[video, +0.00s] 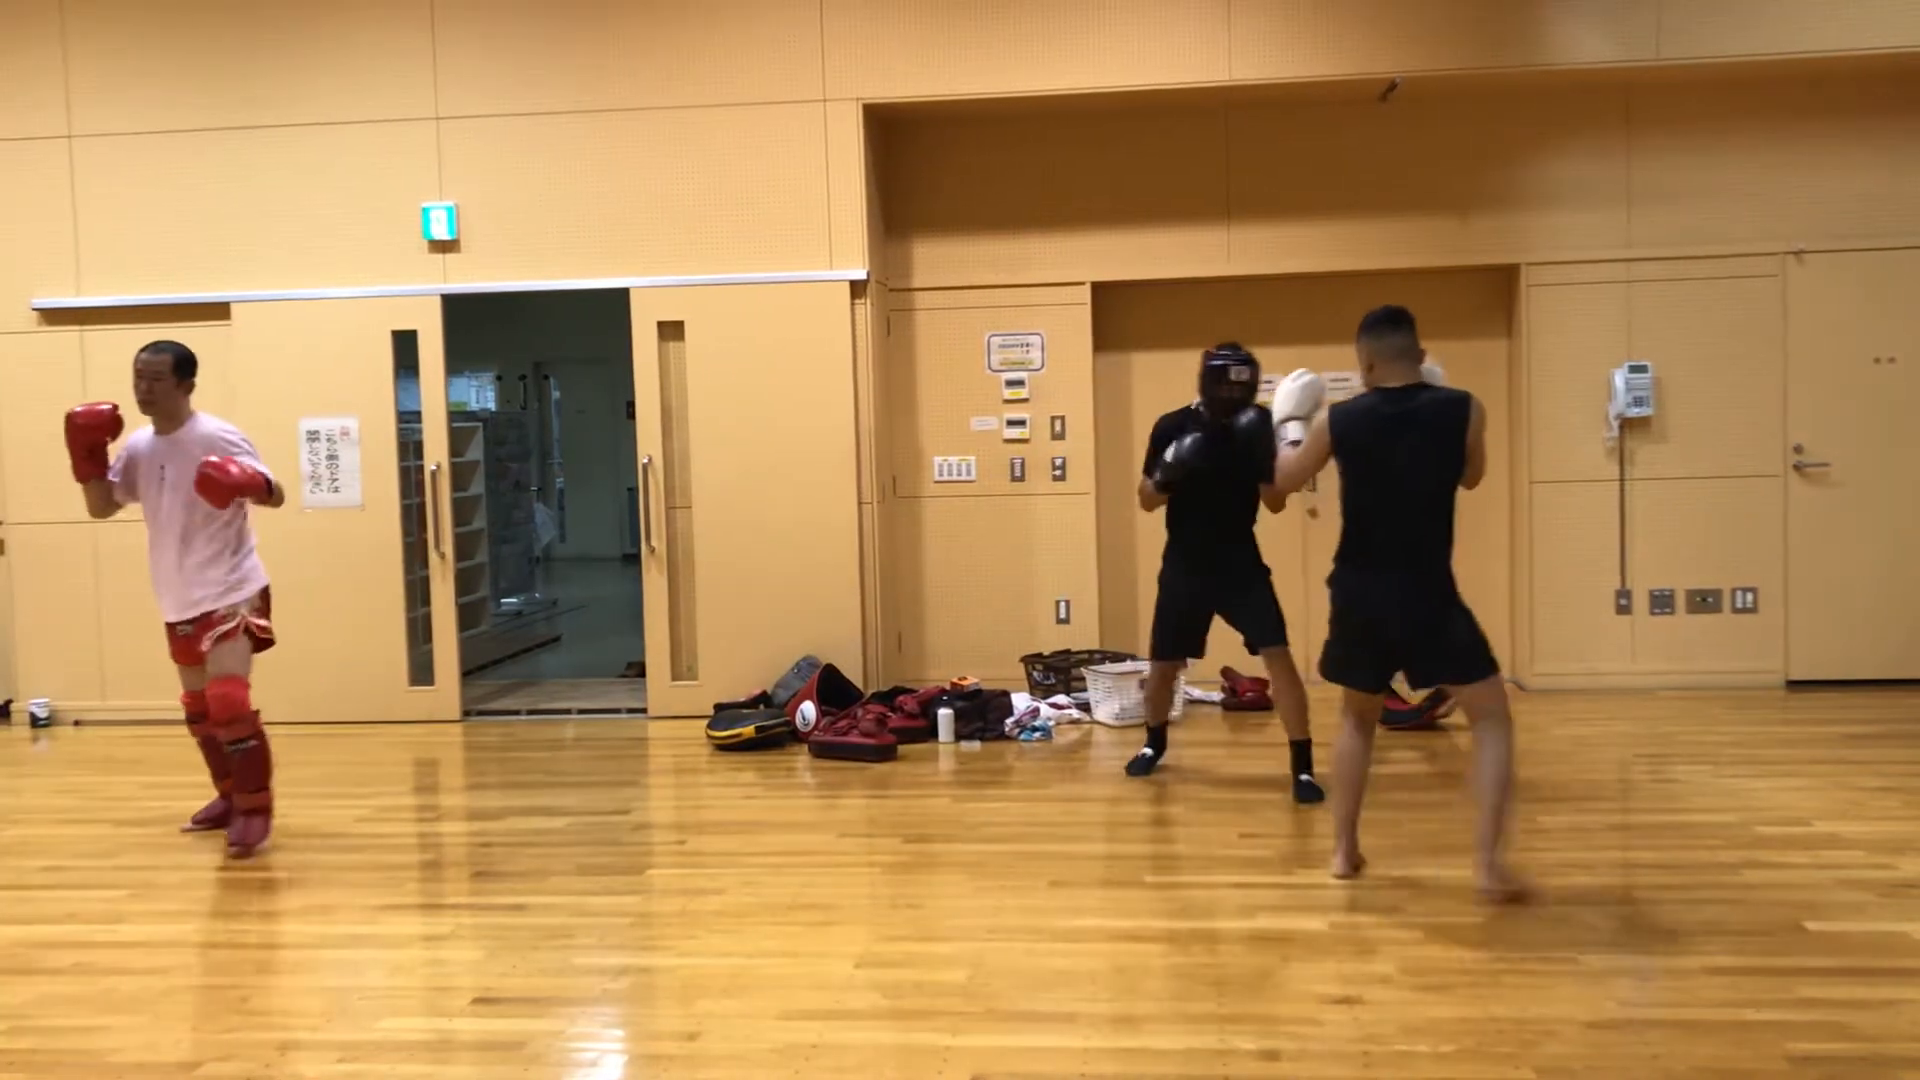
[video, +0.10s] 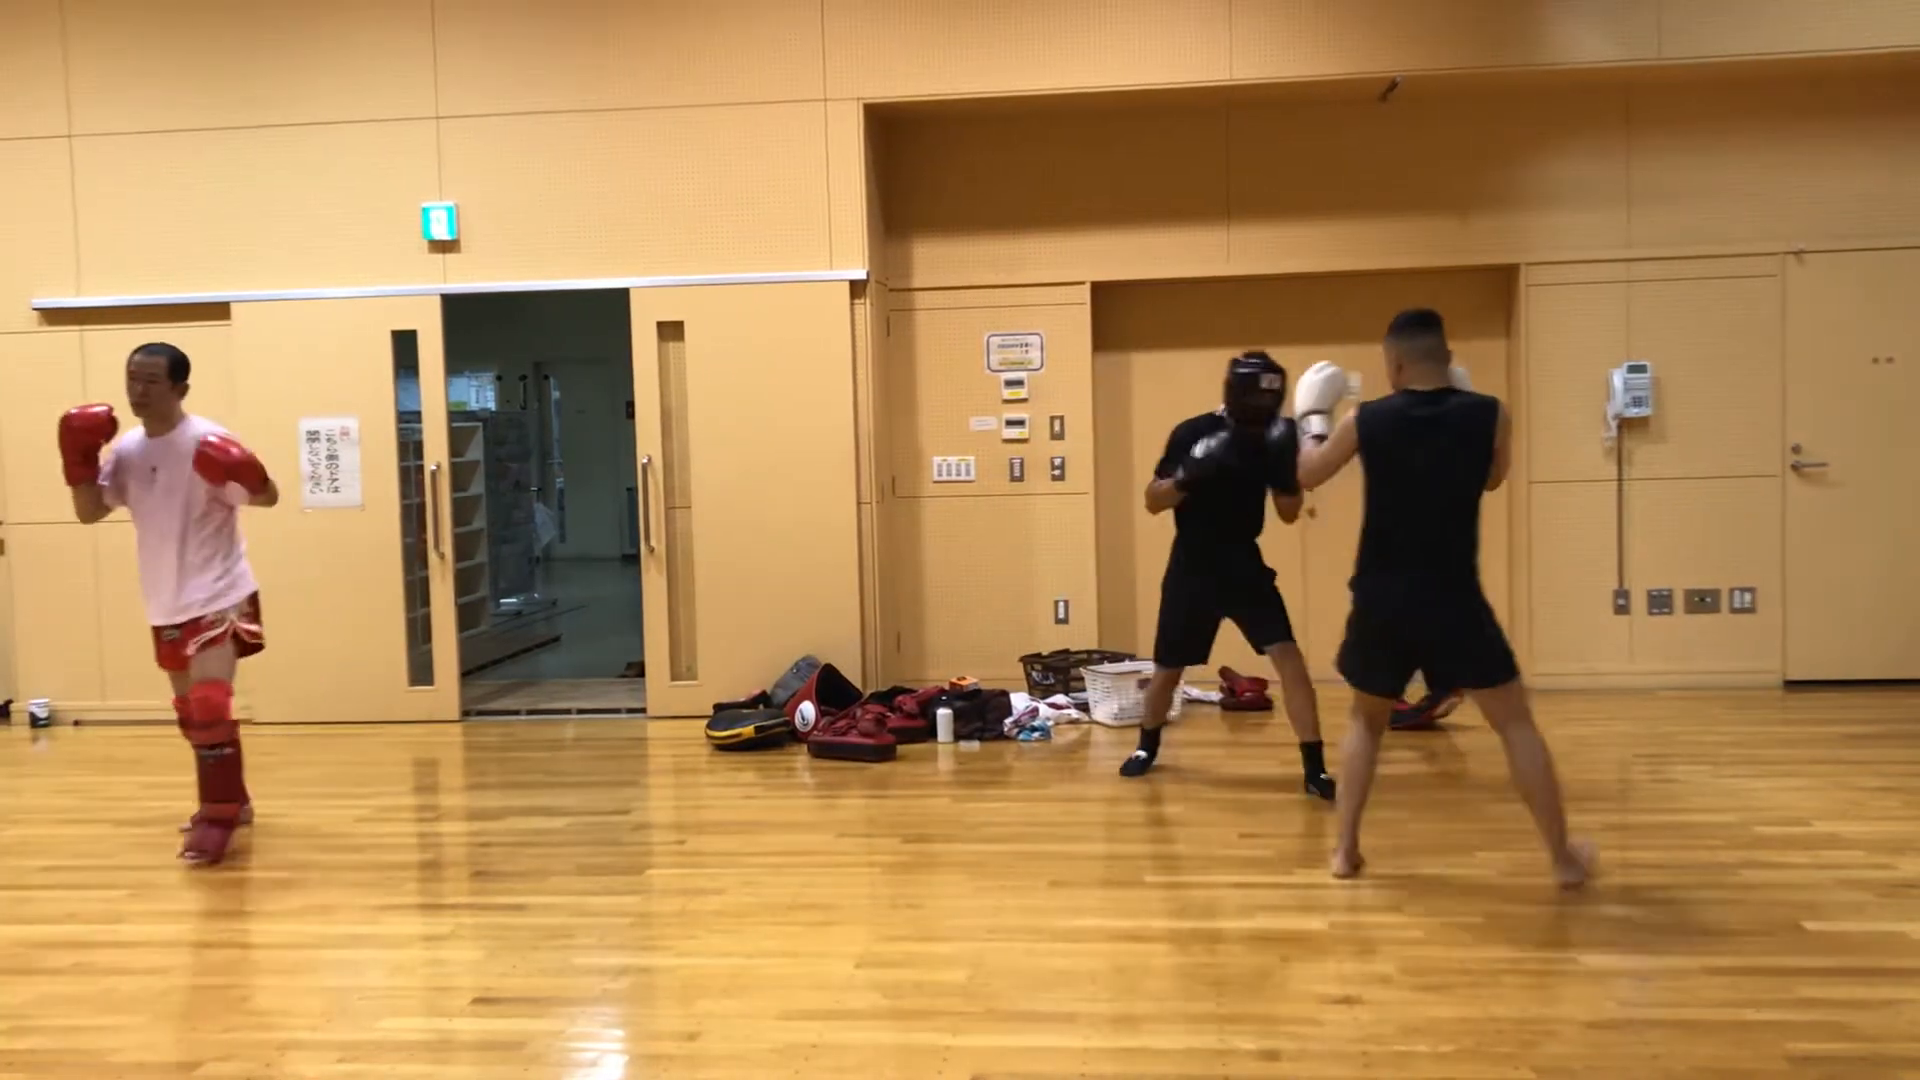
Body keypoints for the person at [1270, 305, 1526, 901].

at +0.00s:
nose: (1363, 369)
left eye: (1362, 361)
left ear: (1363, 361)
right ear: (1421, 355)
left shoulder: (1343, 419)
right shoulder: (1461, 409)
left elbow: (1286, 479)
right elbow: (1471, 476)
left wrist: (1289, 429)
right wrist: (1435, 401)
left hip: (1360, 598)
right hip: (1429, 598)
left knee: (1357, 719)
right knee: (1491, 716)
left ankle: (1344, 851)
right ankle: (1489, 863)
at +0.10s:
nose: (1383, 366)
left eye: (1385, 357)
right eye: (1388, 357)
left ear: (1393, 359)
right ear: (1447, 354)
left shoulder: (1370, 420)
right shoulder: (1487, 414)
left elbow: (1307, 474)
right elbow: (1493, 477)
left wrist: (1311, 417)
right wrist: (1457, 394)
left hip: (1383, 603)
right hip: (1456, 602)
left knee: (1366, 719)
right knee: (1514, 722)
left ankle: (1345, 849)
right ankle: (1561, 855)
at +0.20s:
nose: (1418, 381)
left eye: (1418, 373)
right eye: (1419, 373)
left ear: (1426, 373)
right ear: (1481, 368)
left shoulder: (1403, 429)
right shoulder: (1522, 428)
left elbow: (1337, 480)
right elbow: (1509, 494)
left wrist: (1338, 428)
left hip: (1413, 609)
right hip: (1485, 608)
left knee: (1378, 717)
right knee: (1542, 723)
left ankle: (1349, 846)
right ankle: (1567, 858)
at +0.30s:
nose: (1437, 380)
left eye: (1438, 372)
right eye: (1440, 372)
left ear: (1446, 373)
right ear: (1498, 369)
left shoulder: (1422, 429)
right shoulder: (1541, 430)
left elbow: (1356, 480)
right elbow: (1503, 483)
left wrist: (1354, 433)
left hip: (1428, 601)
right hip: (1501, 604)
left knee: (1388, 698)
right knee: (1547, 719)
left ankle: (1367, 827)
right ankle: (1570, 858)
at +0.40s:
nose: (1444, 370)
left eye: (1445, 363)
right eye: (1447, 363)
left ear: (1453, 364)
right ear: (1505, 360)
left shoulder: (1430, 413)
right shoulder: (1544, 421)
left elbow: (1369, 438)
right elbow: (1503, 455)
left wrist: (1367, 393)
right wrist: (1469, 401)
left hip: (1429, 592)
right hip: (1503, 597)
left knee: (1387, 700)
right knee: (1545, 719)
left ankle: (1366, 828)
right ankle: (1569, 859)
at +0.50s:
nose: (1443, 368)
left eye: (1443, 361)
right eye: (1446, 360)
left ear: (1451, 361)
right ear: (1503, 357)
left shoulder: (1427, 410)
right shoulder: (1540, 422)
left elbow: (1360, 433)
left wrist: (1366, 393)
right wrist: (1474, 392)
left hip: (1424, 590)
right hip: (1498, 596)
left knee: (1383, 699)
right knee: (1540, 719)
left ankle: (1364, 828)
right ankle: (1568, 859)